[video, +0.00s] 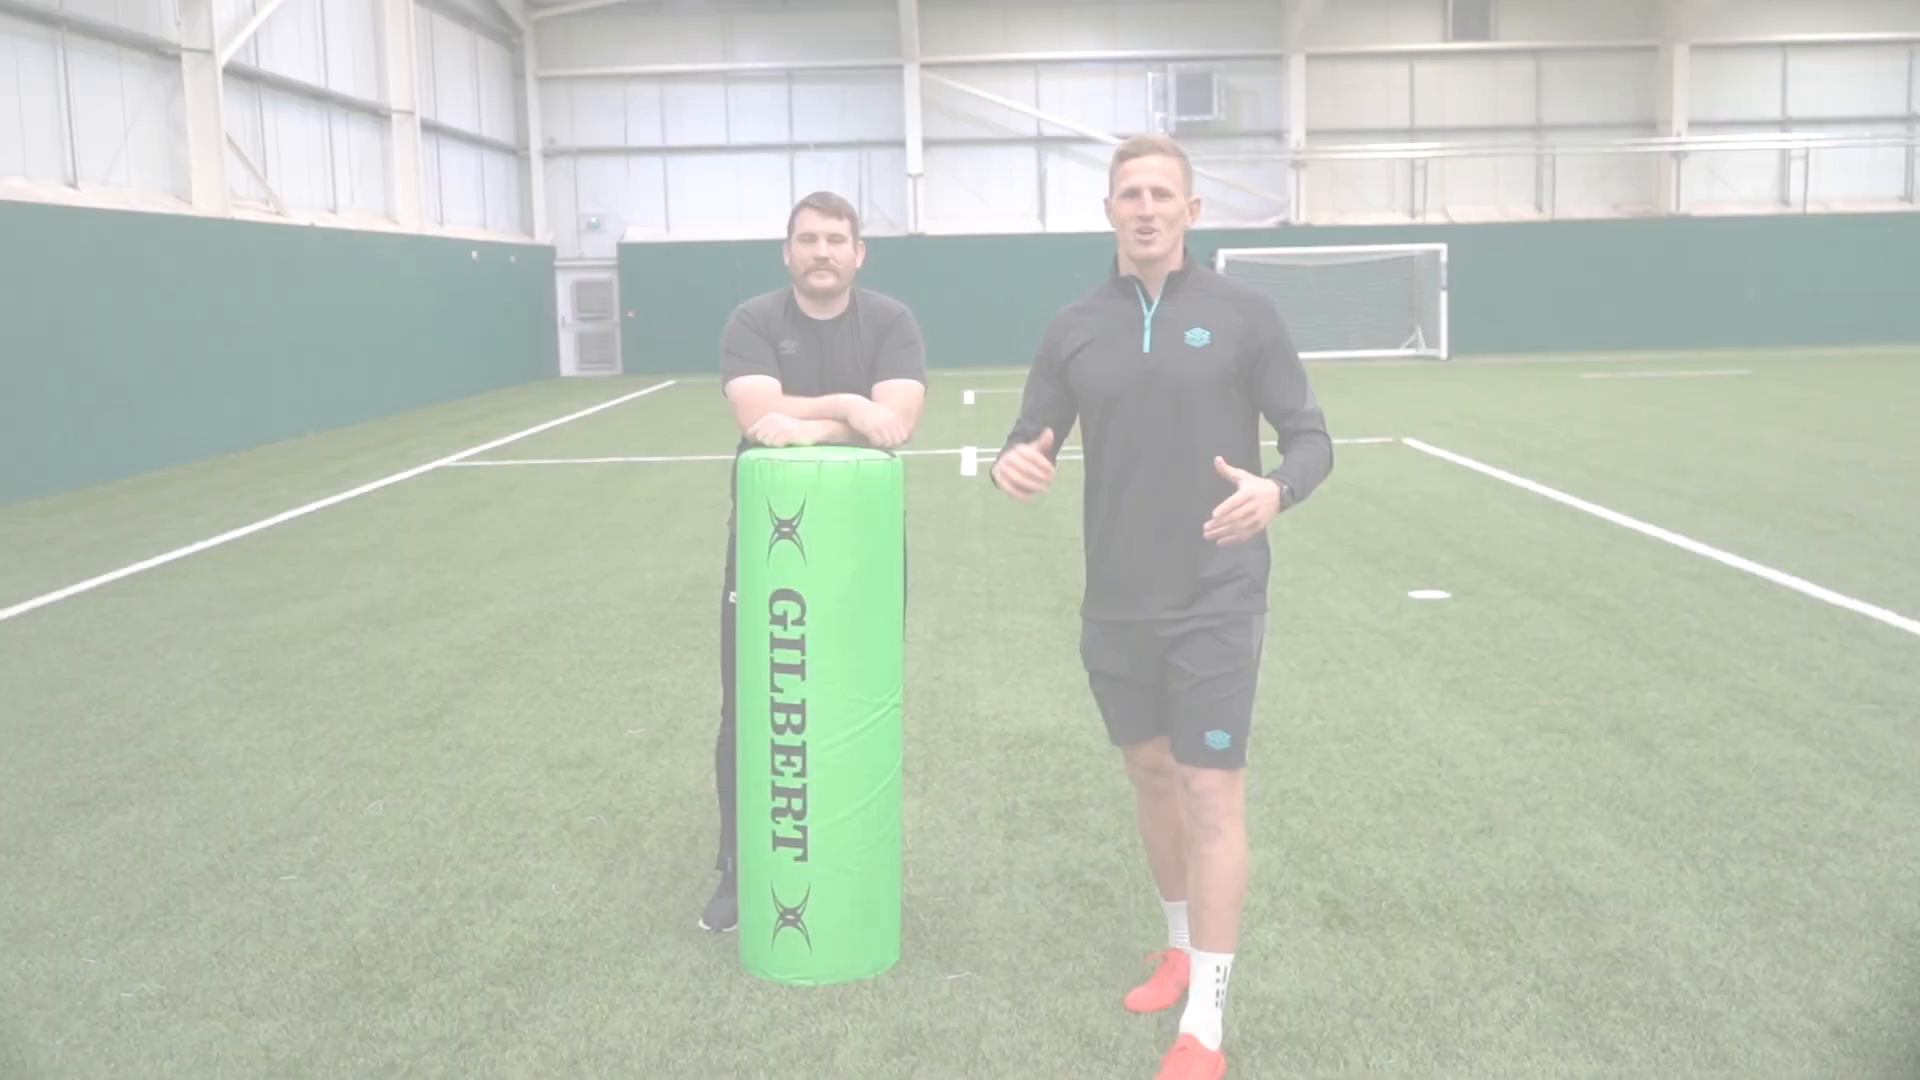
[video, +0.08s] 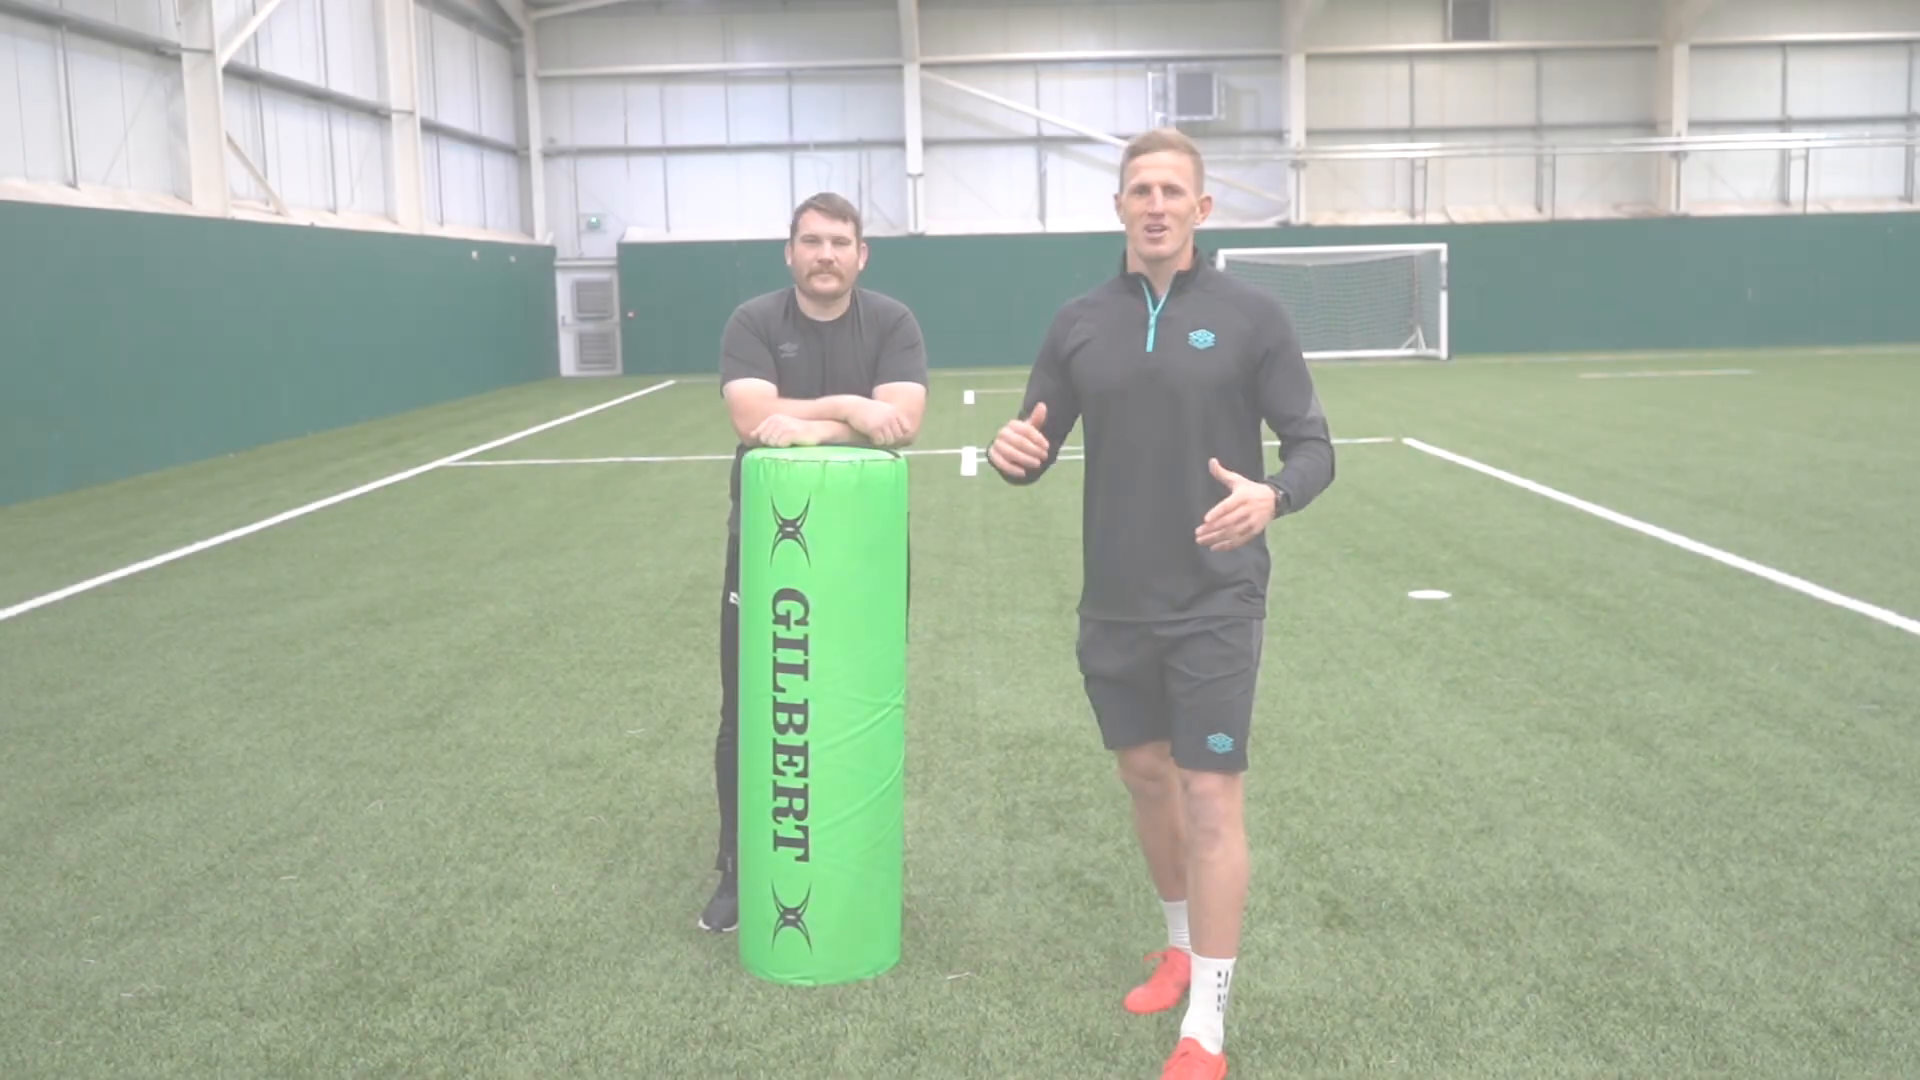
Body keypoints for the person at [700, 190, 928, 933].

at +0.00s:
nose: (822, 252)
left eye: (836, 240)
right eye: (809, 240)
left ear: (858, 251)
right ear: (788, 250)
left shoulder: (892, 321)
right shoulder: (754, 321)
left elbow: (892, 427)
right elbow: (761, 421)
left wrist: (806, 430)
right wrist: (851, 405)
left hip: (860, 546)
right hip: (768, 544)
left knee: (854, 715)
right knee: (749, 712)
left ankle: (846, 880)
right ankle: (738, 872)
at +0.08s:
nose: (825, 254)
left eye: (839, 242)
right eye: (812, 241)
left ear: (861, 253)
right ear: (790, 251)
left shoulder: (892, 322)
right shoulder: (755, 321)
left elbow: (900, 424)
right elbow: (753, 422)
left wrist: (805, 426)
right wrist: (855, 407)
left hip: (862, 550)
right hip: (767, 548)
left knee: (856, 717)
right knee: (748, 713)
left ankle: (848, 880)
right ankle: (738, 872)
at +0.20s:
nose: (827, 258)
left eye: (842, 245)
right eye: (814, 244)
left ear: (863, 256)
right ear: (791, 253)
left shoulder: (892, 322)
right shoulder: (755, 322)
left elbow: (902, 425)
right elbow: (752, 421)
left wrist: (802, 425)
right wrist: (856, 409)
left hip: (861, 550)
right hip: (766, 547)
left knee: (854, 717)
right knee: (749, 713)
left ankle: (846, 880)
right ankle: (738, 872)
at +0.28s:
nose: (827, 259)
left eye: (842, 247)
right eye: (814, 246)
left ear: (863, 257)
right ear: (791, 254)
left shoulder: (891, 323)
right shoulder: (754, 321)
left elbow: (904, 427)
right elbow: (751, 420)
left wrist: (801, 423)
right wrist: (858, 409)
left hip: (859, 550)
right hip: (765, 547)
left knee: (852, 719)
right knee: (748, 714)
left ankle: (844, 882)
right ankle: (737, 874)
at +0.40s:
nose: (826, 261)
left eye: (841, 248)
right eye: (813, 247)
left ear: (860, 258)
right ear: (789, 254)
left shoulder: (889, 322)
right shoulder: (752, 321)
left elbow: (905, 426)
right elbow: (748, 419)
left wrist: (804, 424)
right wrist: (857, 411)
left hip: (859, 551)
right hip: (763, 548)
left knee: (852, 718)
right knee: (747, 713)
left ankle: (844, 883)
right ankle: (737, 874)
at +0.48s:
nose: (825, 263)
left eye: (840, 250)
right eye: (811, 249)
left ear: (858, 259)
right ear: (787, 255)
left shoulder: (887, 322)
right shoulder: (750, 322)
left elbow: (904, 429)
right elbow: (746, 423)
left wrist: (800, 425)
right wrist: (854, 409)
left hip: (858, 550)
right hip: (762, 548)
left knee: (852, 718)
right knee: (746, 714)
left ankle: (845, 883)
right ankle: (736, 875)